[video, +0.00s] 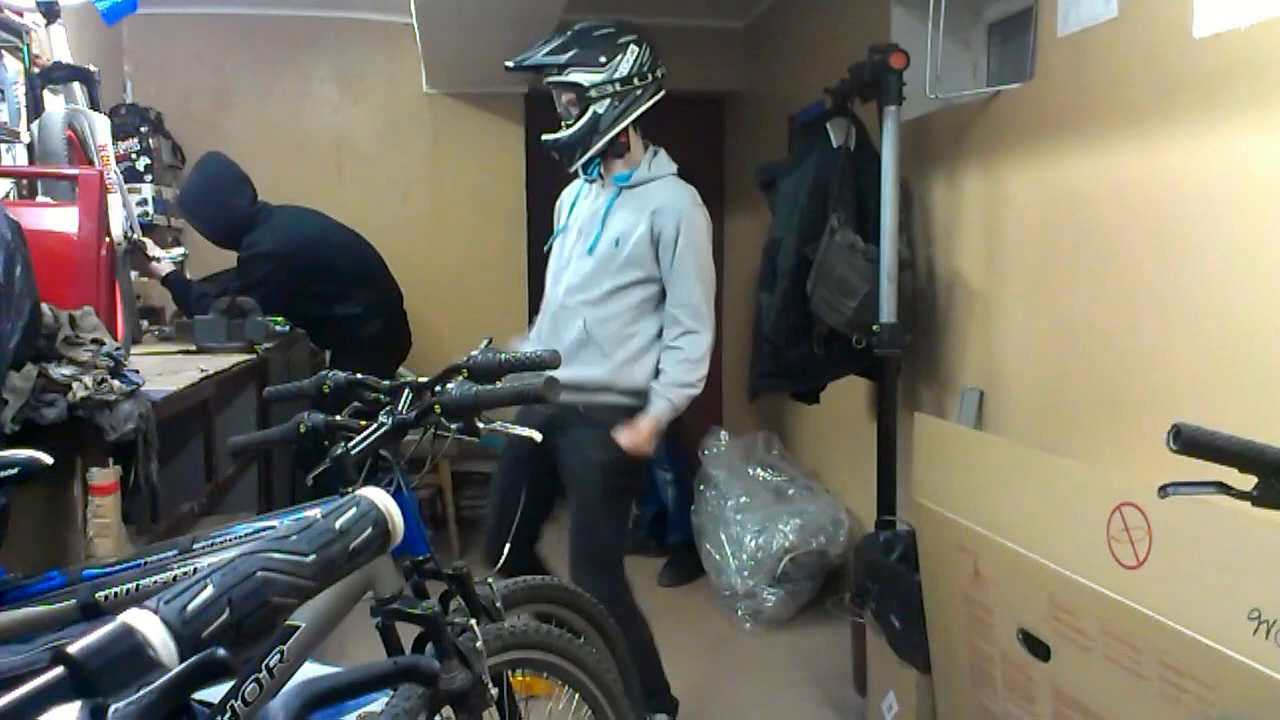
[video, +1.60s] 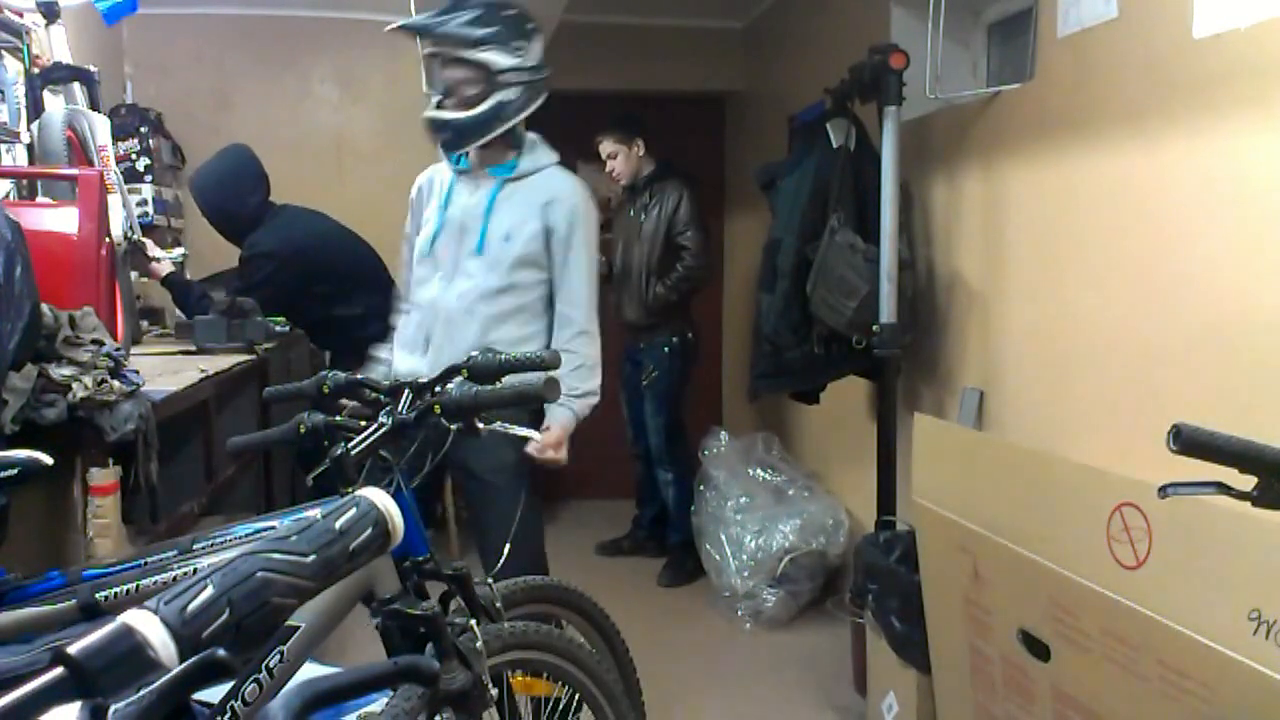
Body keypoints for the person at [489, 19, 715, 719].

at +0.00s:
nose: (559, 112)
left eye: (572, 97)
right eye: (558, 98)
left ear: (619, 105)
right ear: (604, 109)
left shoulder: (674, 204)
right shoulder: (576, 196)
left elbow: (692, 332)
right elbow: (558, 309)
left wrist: (656, 417)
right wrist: (517, 383)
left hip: (609, 417)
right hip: (544, 405)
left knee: (596, 581)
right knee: (502, 548)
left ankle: (653, 705)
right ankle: (561, 654)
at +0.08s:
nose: (558, 119)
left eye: (570, 102)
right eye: (557, 103)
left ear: (616, 107)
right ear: (610, 113)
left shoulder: (671, 211)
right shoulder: (574, 204)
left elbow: (690, 335)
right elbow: (533, 309)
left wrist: (633, 388)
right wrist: (454, 334)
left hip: (617, 427)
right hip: (548, 416)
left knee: (590, 591)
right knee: (482, 563)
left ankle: (652, 706)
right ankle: (471, 691)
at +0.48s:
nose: (518, 118)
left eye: (530, 101)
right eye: (519, 101)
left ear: (572, 105)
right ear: (570, 109)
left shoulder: (628, 211)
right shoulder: (543, 201)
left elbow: (629, 349)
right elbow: (508, 306)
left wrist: (528, 394)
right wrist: (426, 335)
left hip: (571, 434)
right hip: (502, 416)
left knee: (556, 598)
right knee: (417, 535)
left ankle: (642, 699)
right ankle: (453, 670)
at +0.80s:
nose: (440, 108)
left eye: (448, 91)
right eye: (440, 92)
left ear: (487, 91)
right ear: (491, 93)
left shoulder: (534, 195)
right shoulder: (485, 188)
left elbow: (545, 338)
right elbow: (461, 307)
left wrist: (476, 421)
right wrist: (413, 394)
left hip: (464, 424)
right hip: (426, 413)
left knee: (480, 583)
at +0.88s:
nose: (421, 114)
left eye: (429, 97)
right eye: (422, 98)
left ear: (465, 96)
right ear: (470, 99)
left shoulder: (515, 202)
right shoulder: (470, 196)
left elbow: (501, 347)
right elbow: (442, 322)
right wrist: (381, 354)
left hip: (461, 437)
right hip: (424, 429)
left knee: (458, 610)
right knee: (424, 601)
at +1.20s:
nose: (392, 103)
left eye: (398, 86)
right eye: (392, 87)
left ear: (434, 87)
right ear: (441, 88)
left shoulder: (500, 189)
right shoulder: (436, 181)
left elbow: (513, 318)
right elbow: (405, 292)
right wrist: (363, 368)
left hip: (444, 412)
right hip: (392, 403)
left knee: (465, 575)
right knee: (408, 568)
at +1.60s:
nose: (450, 96)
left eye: (466, 82)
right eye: (442, 81)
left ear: (511, 83)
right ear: (433, 81)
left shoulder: (559, 194)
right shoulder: (429, 187)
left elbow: (576, 315)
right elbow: (409, 302)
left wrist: (564, 412)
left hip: (499, 412)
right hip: (414, 404)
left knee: (514, 576)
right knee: (386, 559)